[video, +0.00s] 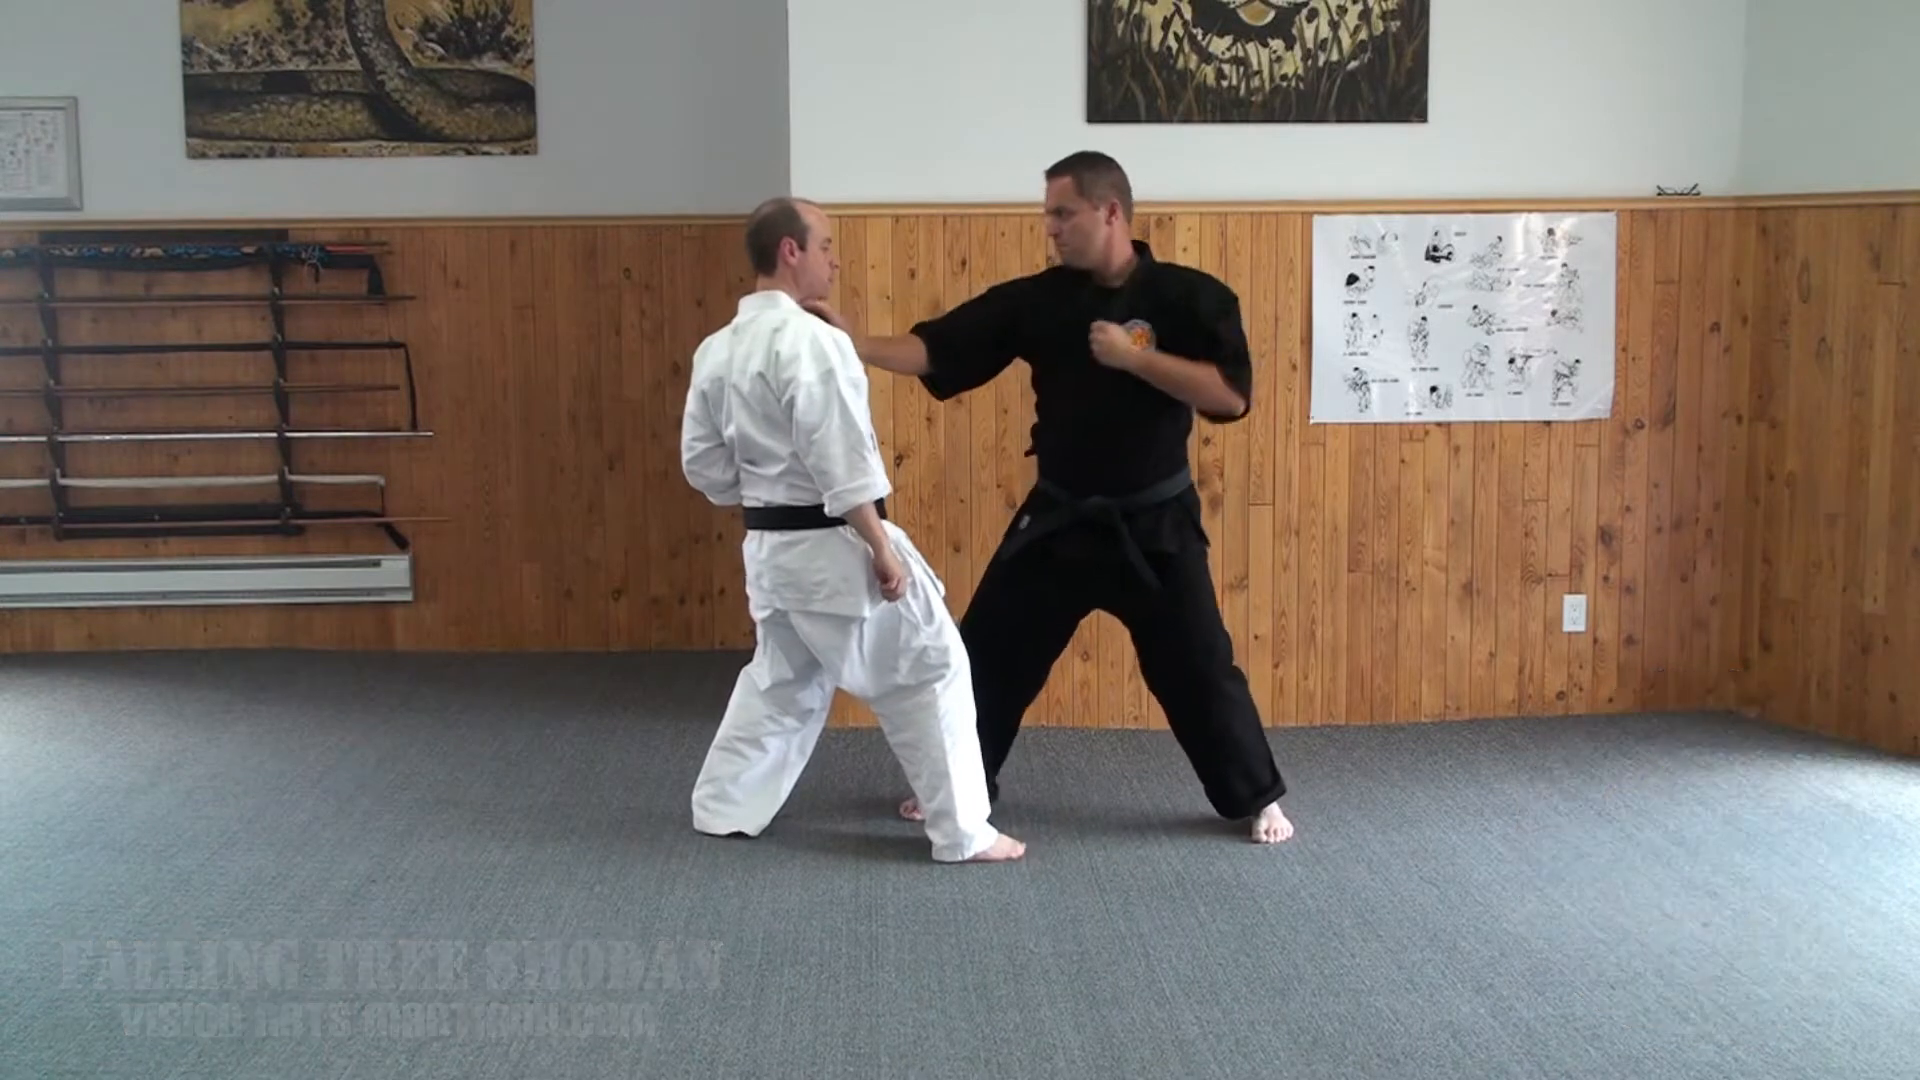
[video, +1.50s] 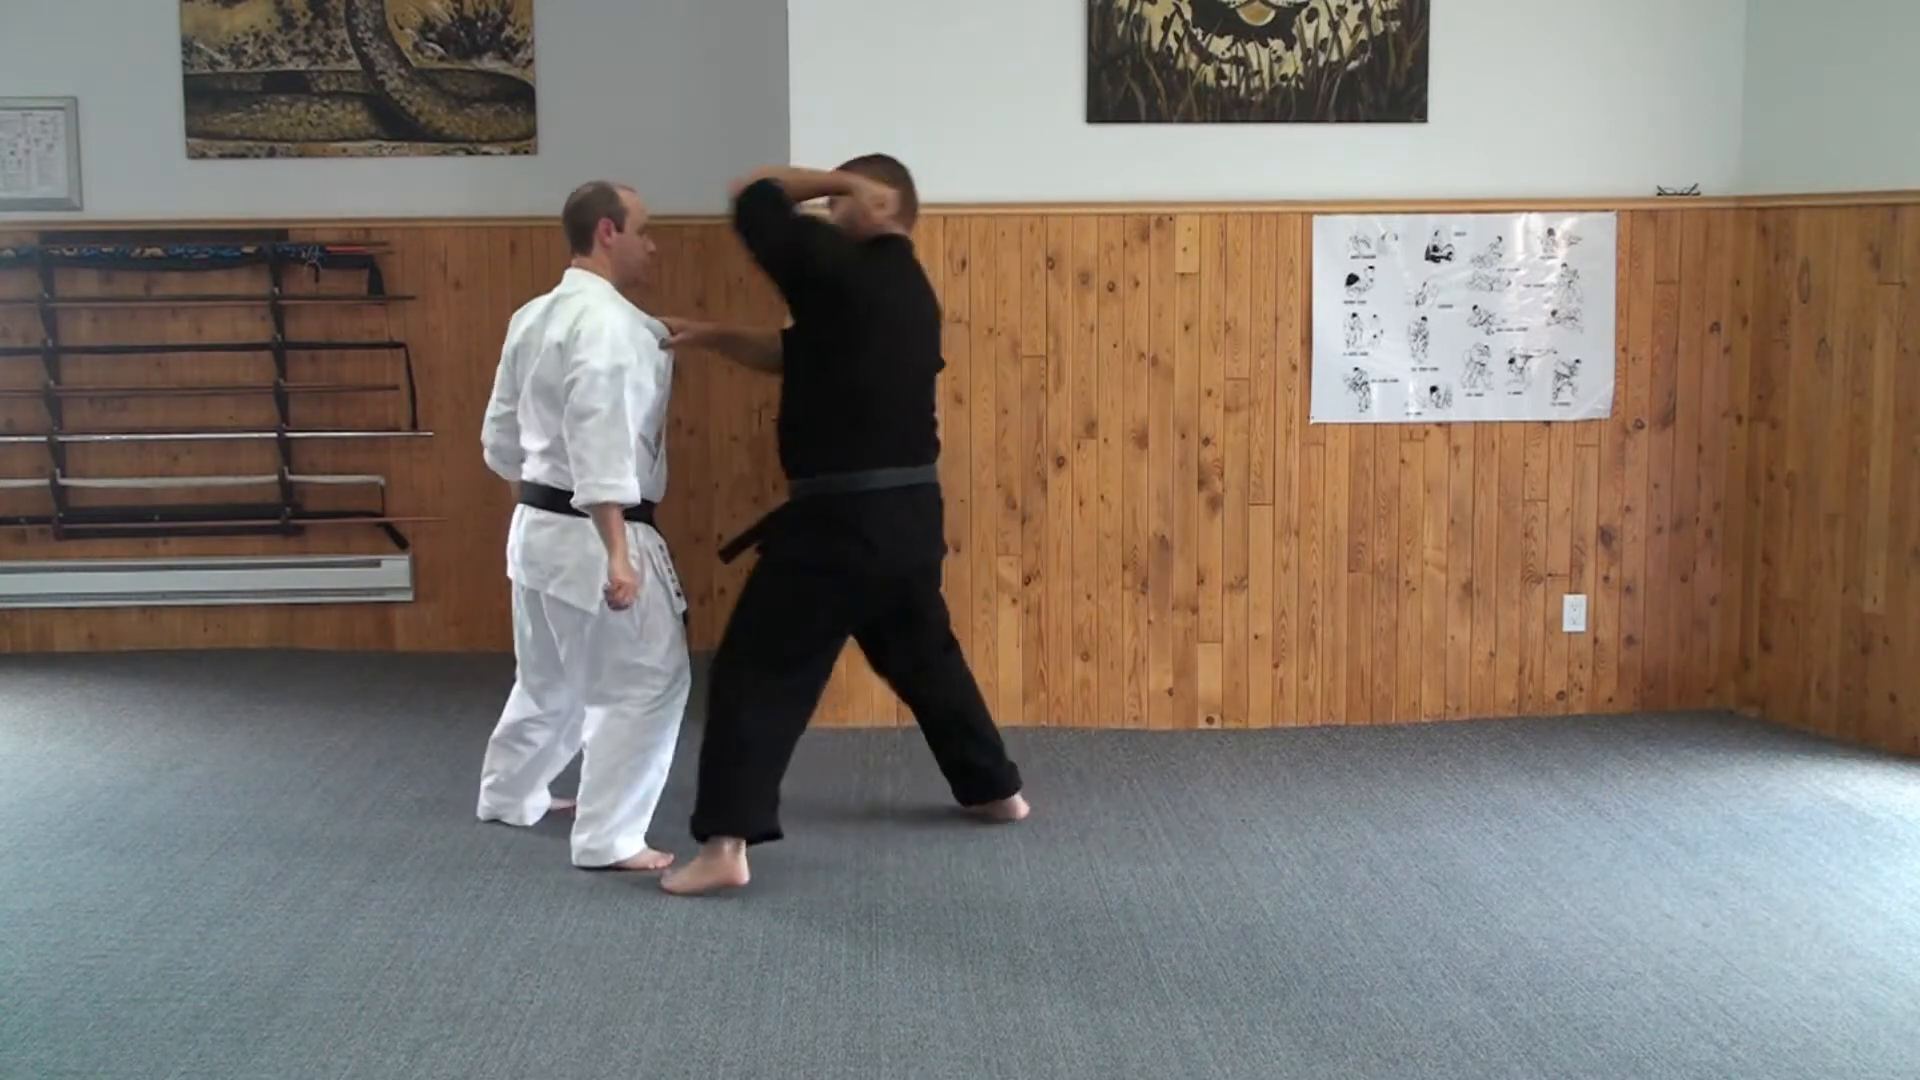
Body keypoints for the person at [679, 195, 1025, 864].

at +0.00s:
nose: (835, 262)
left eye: (833, 248)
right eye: (826, 248)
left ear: (775, 256)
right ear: (790, 253)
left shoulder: (714, 351)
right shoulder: (813, 343)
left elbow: (703, 463)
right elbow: (841, 458)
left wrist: (761, 505)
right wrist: (882, 547)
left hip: (768, 549)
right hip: (837, 546)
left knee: (782, 677)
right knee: (932, 664)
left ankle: (721, 807)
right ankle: (963, 831)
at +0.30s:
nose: (828, 266)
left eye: (826, 252)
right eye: (819, 252)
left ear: (769, 258)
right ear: (786, 255)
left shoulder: (708, 354)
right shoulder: (805, 340)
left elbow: (703, 468)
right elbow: (836, 456)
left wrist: (762, 507)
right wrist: (881, 543)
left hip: (769, 550)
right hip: (837, 544)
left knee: (783, 677)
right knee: (931, 665)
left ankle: (721, 807)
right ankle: (962, 830)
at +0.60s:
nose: (782, 263)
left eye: (780, 248)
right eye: (777, 248)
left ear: (722, 253)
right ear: (745, 250)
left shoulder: (663, 353)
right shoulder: (772, 331)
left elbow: (664, 471)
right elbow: (823, 445)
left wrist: (728, 500)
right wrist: (878, 524)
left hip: (730, 546)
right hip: (812, 541)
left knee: (760, 676)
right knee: (872, 683)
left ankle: (730, 813)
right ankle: (946, 823)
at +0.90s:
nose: (722, 251)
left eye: (721, 236)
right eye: (717, 235)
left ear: (658, 239)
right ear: (685, 236)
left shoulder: (602, 326)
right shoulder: (704, 323)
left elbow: (574, 438)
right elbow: (737, 442)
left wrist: (600, 501)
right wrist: (788, 524)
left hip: (639, 536)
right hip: (714, 536)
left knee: (688, 671)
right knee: (770, 666)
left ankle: (720, 805)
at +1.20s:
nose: (694, 243)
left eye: (694, 227)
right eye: (689, 227)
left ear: (626, 231)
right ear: (655, 229)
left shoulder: (565, 303)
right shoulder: (658, 317)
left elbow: (513, 403)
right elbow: (652, 446)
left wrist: (485, 487)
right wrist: (683, 543)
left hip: (563, 525)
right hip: (626, 531)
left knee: (632, 670)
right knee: (643, 685)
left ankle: (662, 804)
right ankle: (600, 839)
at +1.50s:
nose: (651, 245)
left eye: (648, 230)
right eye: (643, 231)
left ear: (593, 237)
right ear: (608, 234)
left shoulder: (532, 316)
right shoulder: (613, 327)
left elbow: (501, 441)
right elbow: (601, 447)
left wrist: (557, 493)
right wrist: (619, 551)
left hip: (535, 530)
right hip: (602, 540)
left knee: (548, 678)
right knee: (647, 684)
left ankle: (510, 795)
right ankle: (608, 838)